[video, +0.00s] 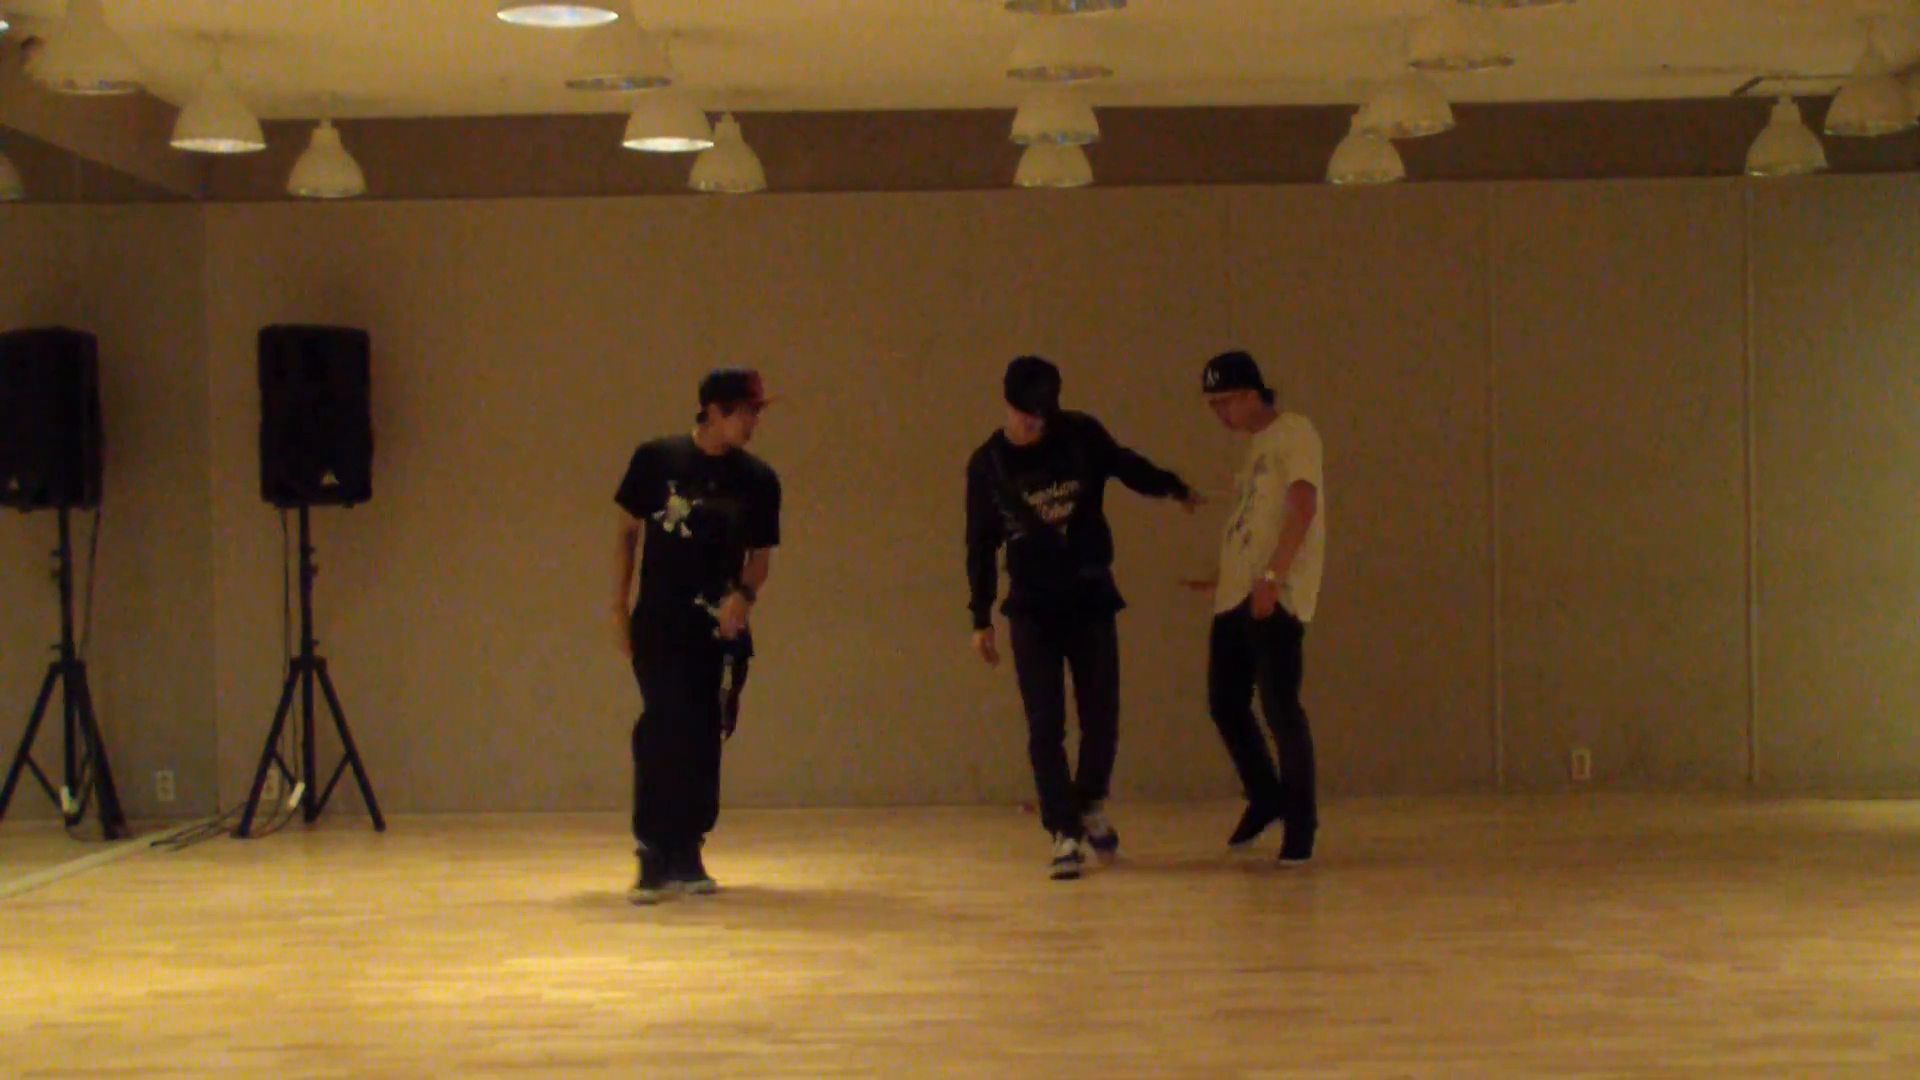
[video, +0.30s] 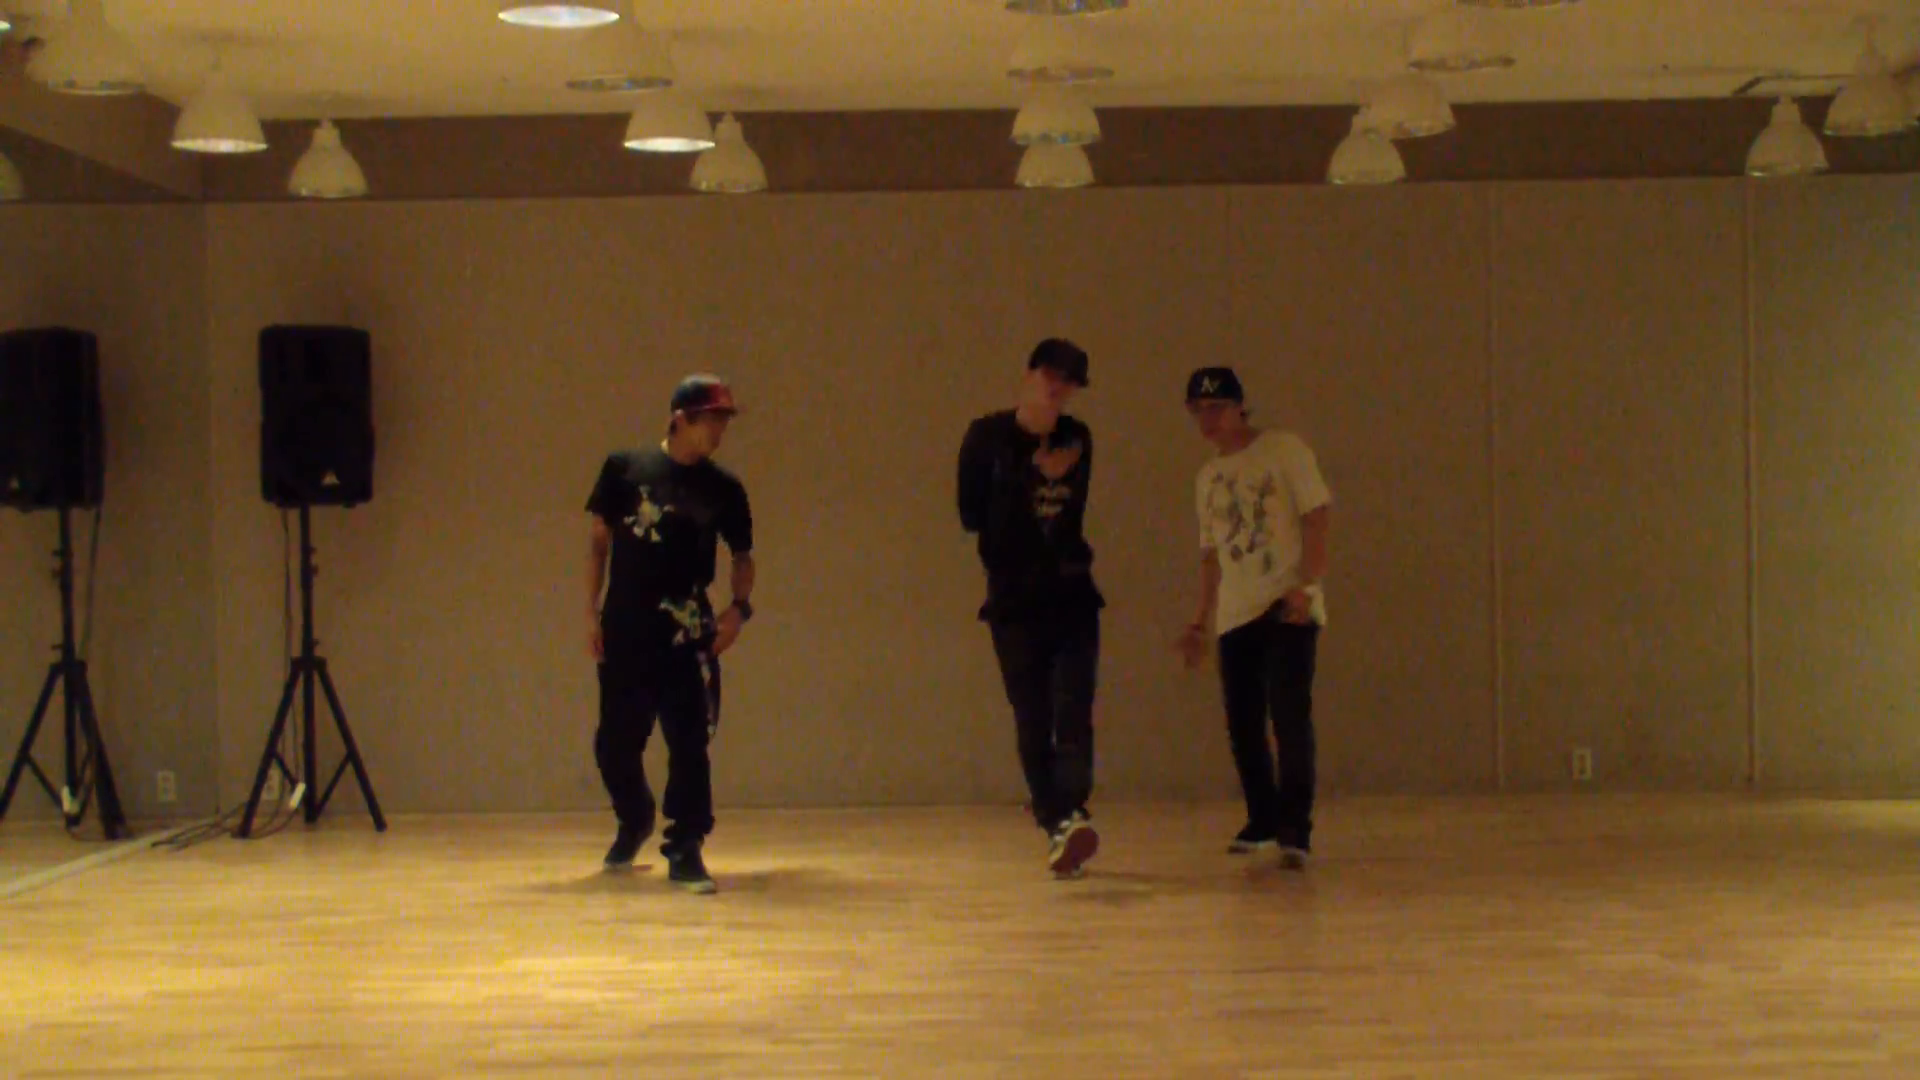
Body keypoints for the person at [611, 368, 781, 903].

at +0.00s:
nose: (754, 423)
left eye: (757, 414)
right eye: (746, 413)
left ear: (744, 417)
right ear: (714, 412)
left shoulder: (758, 480)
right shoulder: (656, 459)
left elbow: (759, 555)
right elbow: (627, 534)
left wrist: (745, 596)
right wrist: (620, 607)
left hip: (714, 624)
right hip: (656, 618)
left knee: (702, 734)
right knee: (663, 728)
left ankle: (688, 852)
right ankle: (654, 853)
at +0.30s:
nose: (722, 430)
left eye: (725, 421)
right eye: (713, 420)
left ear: (720, 426)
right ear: (681, 420)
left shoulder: (724, 490)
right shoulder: (625, 470)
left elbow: (742, 557)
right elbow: (598, 542)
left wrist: (738, 610)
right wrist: (593, 614)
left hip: (687, 631)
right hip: (627, 627)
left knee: (689, 744)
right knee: (614, 742)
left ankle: (685, 847)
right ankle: (635, 819)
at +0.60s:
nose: (644, 429)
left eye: (654, 420)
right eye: (635, 421)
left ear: (673, 423)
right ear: (623, 426)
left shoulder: (701, 480)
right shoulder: (602, 479)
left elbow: (722, 553)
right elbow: (578, 550)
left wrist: (701, 605)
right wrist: (589, 614)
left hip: (672, 629)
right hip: (617, 627)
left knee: (673, 736)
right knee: (621, 737)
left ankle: (677, 840)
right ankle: (638, 835)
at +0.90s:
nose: (637, 430)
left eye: (645, 420)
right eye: (628, 421)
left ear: (666, 421)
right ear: (618, 425)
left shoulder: (700, 471)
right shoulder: (605, 476)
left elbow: (726, 538)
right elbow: (586, 542)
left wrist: (708, 588)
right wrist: (602, 596)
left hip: (682, 618)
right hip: (626, 619)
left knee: (681, 728)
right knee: (630, 729)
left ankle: (679, 835)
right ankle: (640, 833)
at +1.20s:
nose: (658, 434)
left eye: (667, 424)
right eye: (649, 425)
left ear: (685, 426)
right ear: (637, 429)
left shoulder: (716, 476)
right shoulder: (619, 480)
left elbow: (746, 541)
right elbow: (599, 545)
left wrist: (718, 587)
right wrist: (617, 589)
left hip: (693, 622)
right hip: (637, 622)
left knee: (695, 731)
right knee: (638, 731)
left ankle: (694, 835)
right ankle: (643, 836)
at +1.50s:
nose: (670, 436)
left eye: (679, 426)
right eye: (662, 426)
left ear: (698, 427)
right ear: (650, 430)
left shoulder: (729, 478)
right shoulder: (631, 479)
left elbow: (763, 544)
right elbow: (612, 544)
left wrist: (731, 588)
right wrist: (629, 587)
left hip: (703, 622)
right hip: (647, 622)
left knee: (705, 728)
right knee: (644, 726)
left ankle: (696, 828)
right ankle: (656, 822)